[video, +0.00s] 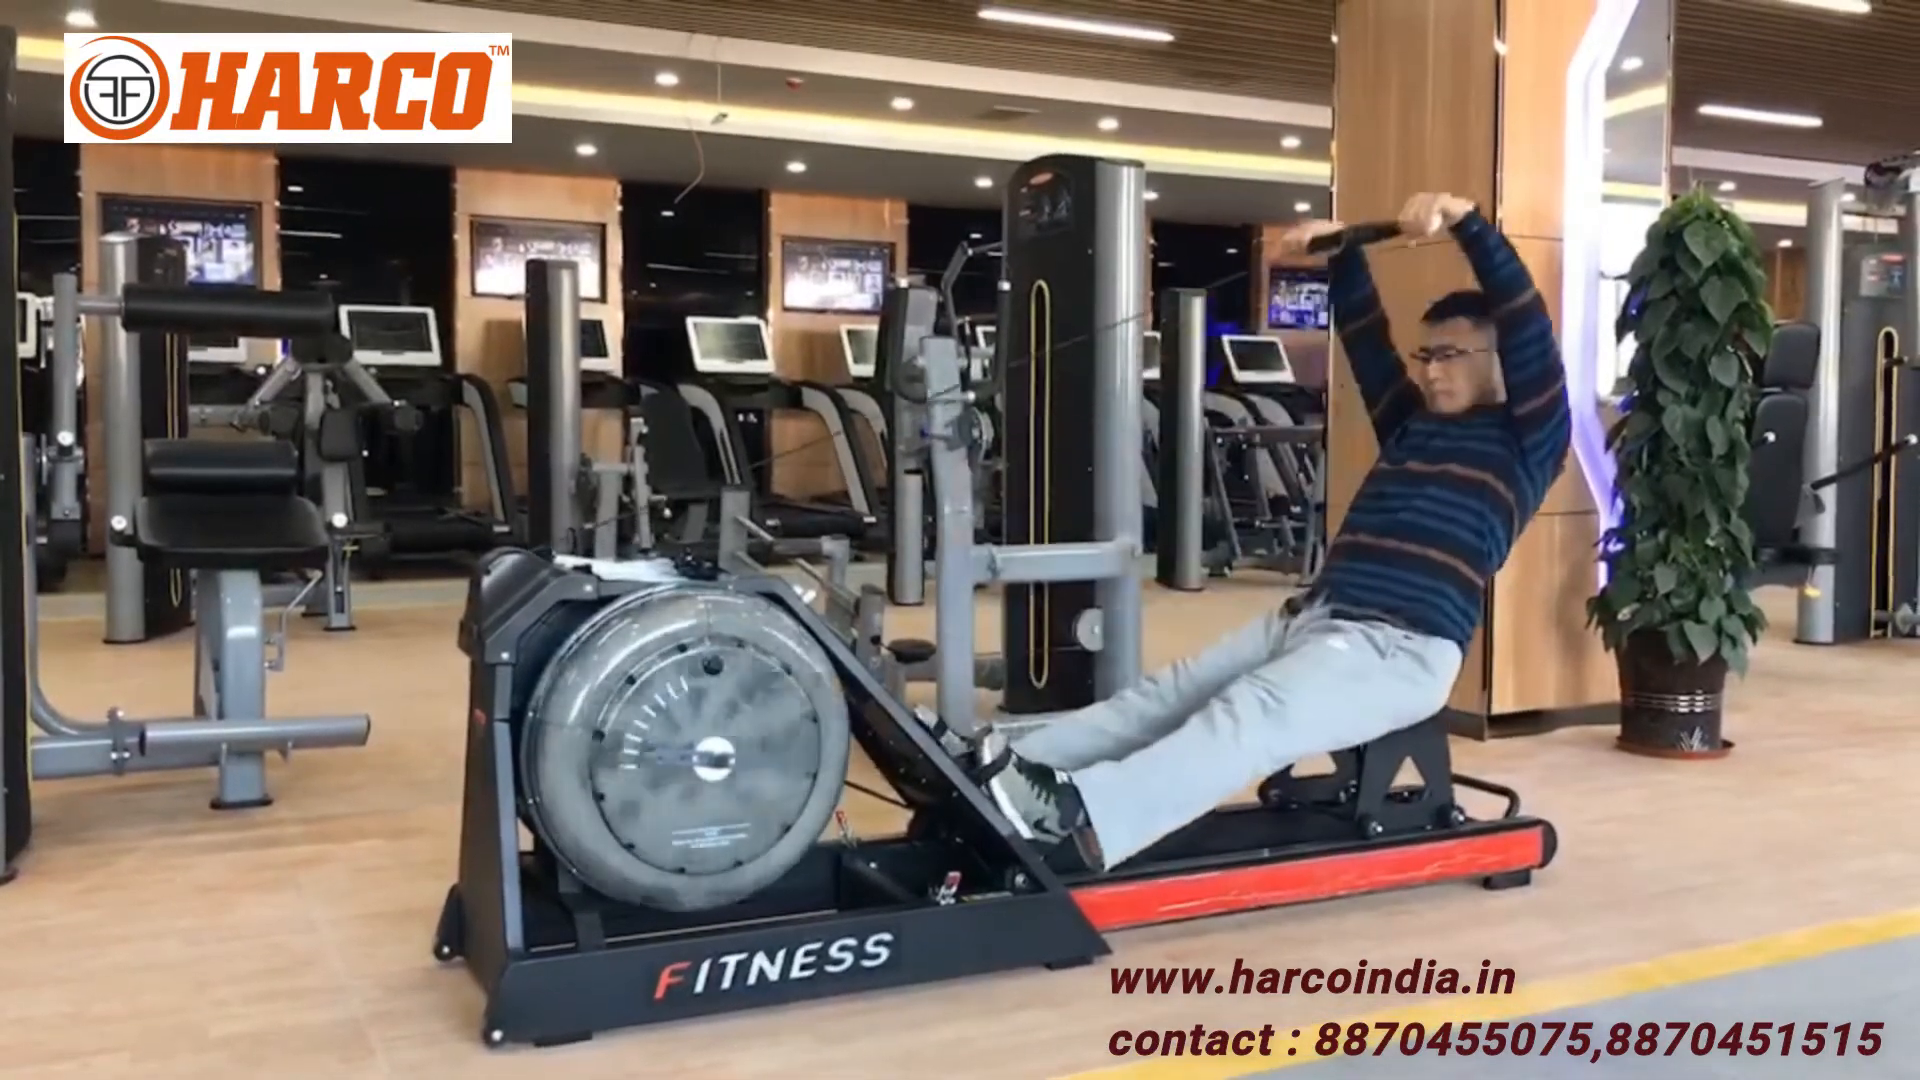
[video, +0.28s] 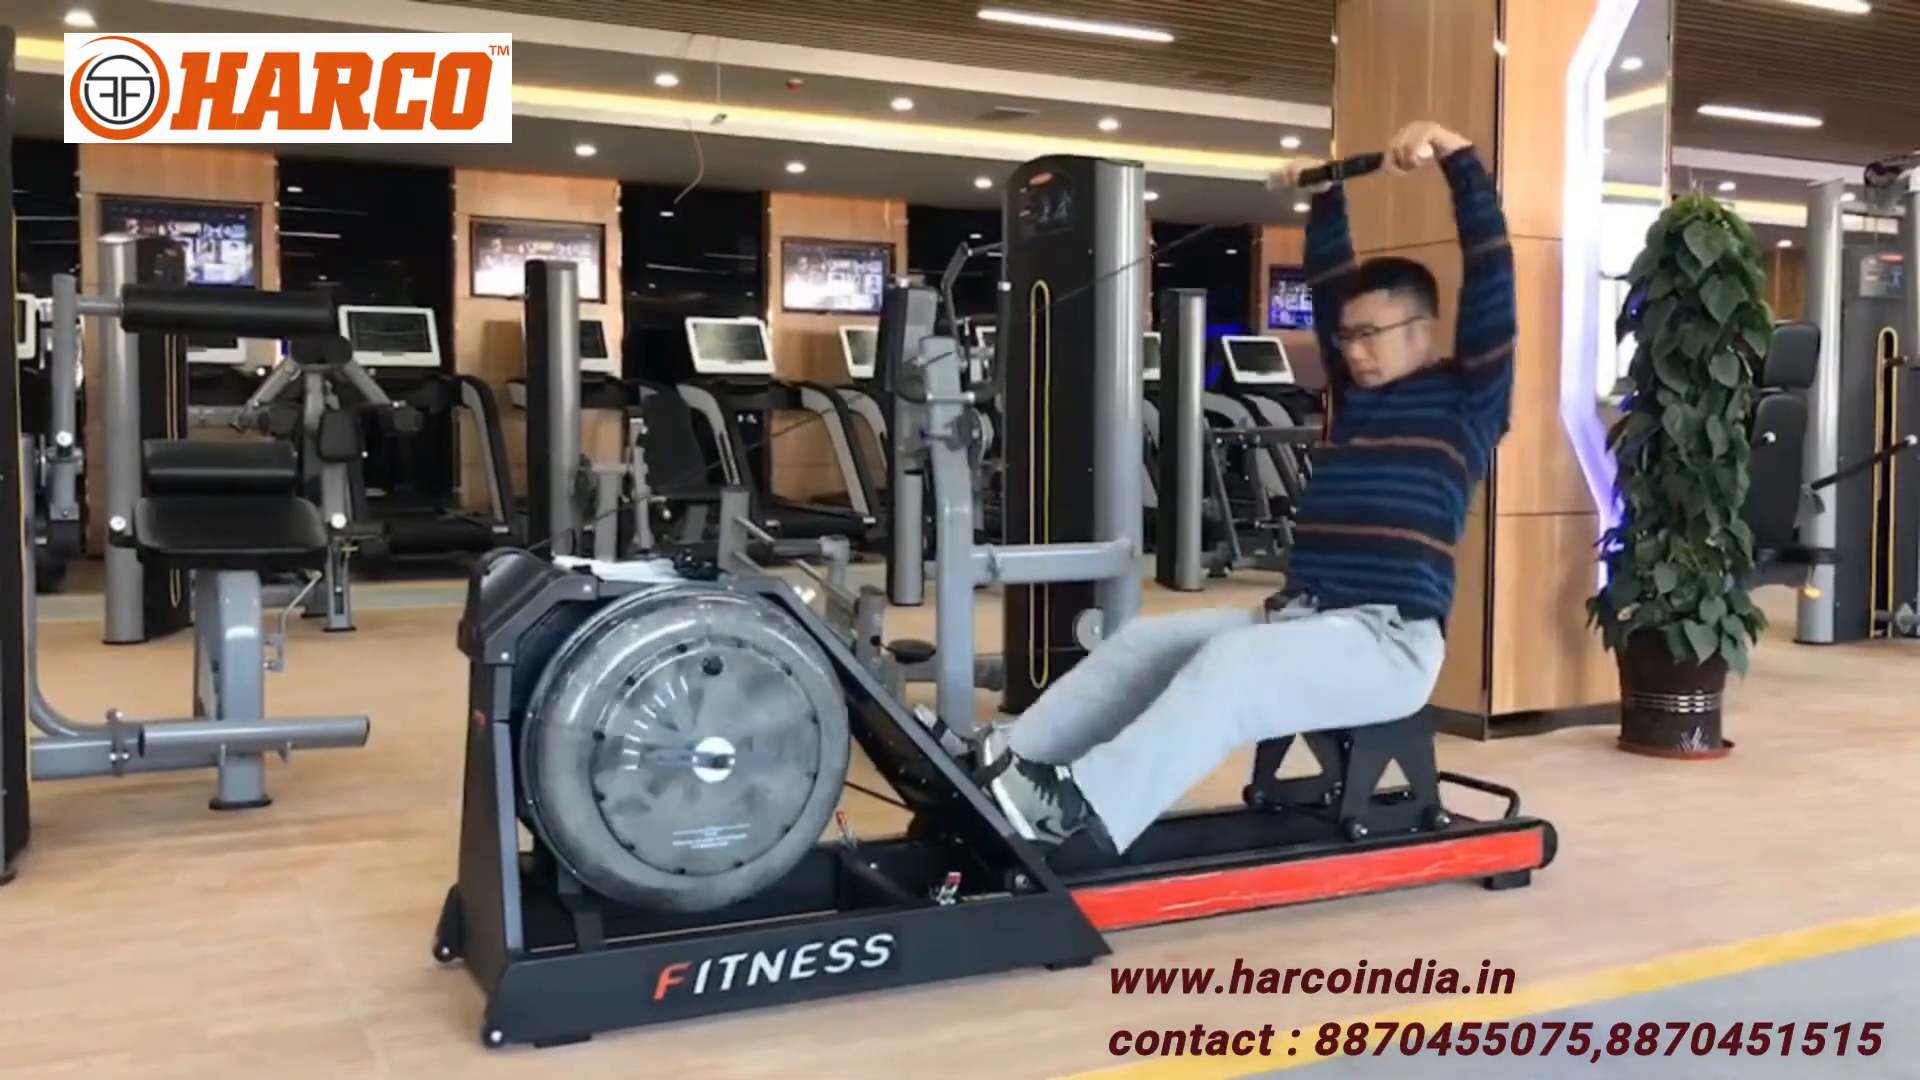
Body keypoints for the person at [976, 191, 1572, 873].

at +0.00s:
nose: (1426, 370)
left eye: (1446, 354)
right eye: (1422, 356)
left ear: (1500, 359)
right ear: (1420, 361)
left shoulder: (1528, 442)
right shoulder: (1406, 423)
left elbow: (1526, 336)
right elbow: (1366, 341)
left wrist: (1472, 224)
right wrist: (1341, 254)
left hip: (1403, 648)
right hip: (1315, 623)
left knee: (1247, 716)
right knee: (1176, 691)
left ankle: (1075, 818)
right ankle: (991, 755)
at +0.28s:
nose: (1354, 348)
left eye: (1371, 331)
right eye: (1346, 334)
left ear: (1428, 331)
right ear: (1339, 336)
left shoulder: (1467, 402)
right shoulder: (1351, 397)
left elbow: (1490, 291)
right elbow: (1333, 301)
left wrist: (1461, 161)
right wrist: (1326, 195)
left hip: (1388, 641)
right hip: (1297, 623)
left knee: (1230, 668)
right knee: (1145, 645)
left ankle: (1080, 809)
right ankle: (993, 763)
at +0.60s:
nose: (1202, 325)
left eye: (1218, 309)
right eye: (1198, 314)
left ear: (1275, 313)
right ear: (1195, 324)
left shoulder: (1330, 395)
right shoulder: (1193, 401)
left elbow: (1249, 369)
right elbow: (1114, 397)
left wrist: (1150, 333)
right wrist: (1060, 355)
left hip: (1309, 648)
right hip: (1204, 629)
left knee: (1166, 598)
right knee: (1055, 589)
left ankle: (1058, 792)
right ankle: (965, 752)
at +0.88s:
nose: (1114, 314)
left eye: (1130, 297)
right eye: (1115, 298)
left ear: (1187, 312)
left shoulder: (1226, 413)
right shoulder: (1122, 408)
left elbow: (1122, 481)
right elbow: (1038, 465)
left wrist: (998, 522)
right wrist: (922, 510)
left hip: (1234, 649)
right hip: (1129, 630)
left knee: (1097, 573)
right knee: (980, 562)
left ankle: (1039, 789)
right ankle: (959, 773)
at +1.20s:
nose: (1181, 301)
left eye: (1202, 289)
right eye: (1182, 288)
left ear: (1253, 314)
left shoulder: (1268, 408)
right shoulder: (1172, 402)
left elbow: (1163, 461)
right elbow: (1073, 452)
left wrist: (1041, 491)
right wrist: (949, 484)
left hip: (1250, 645)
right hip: (1155, 619)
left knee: (1113, 575)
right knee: (1001, 566)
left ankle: (1036, 788)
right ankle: (959, 757)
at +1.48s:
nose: (1299, 327)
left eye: (1319, 313)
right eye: (1299, 313)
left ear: (1376, 331)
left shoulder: (1392, 415)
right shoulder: (1282, 413)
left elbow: (1285, 434)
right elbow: (1195, 432)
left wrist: (1183, 436)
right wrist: (1082, 436)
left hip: (1332, 636)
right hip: (1246, 617)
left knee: (1181, 619)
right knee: (1079, 598)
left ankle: (1049, 793)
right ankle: (963, 754)